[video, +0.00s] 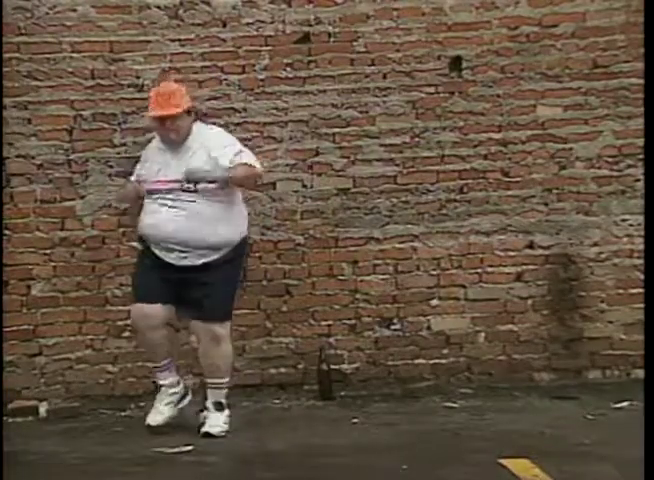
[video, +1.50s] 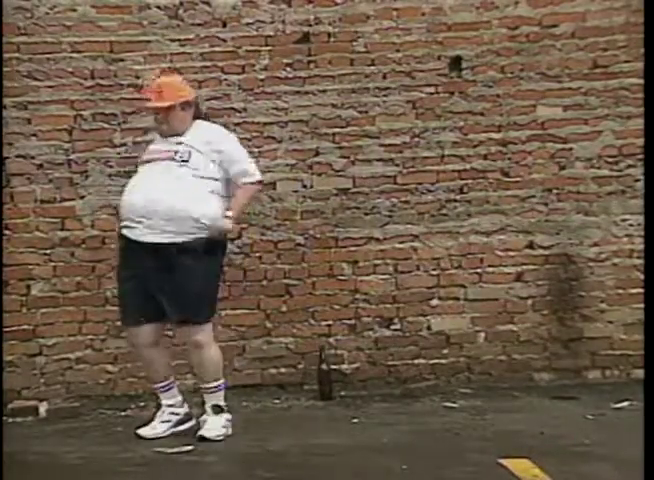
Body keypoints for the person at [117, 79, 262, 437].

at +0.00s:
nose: (167, 127)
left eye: (174, 118)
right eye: (160, 120)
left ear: (190, 113)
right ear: (152, 120)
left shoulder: (213, 139)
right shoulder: (153, 150)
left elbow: (254, 175)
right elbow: (139, 193)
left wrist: (218, 177)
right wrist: (132, 194)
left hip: (215, 255)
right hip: (160, 252)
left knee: (212, 330)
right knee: (145, 316)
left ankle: (217, 406)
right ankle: (171, 387)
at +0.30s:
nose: (171, 134)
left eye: (176, 126)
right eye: (163, 128)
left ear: (188, 117)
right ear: (151, 121)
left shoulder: (205, 144)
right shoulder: (139, 141)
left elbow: (207, 193)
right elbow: (112, 186)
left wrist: (188, 222)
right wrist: (87, 219)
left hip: (211, 242)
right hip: (160, 251)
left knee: (210, 313)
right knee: (161, 328)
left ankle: (227, 396)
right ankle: (181, 409)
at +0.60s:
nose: (171, 112)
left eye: (178, 105)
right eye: (166, 106)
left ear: (199, 102)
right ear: (163, 107)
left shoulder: (224, 135)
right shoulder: (168, 138)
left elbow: (253, 180)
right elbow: (169, 184)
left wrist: (229, 217)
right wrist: (141, 215)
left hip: (193, 244)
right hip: (150, 244)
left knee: (201, 331)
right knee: (160, 332)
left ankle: (231, 410)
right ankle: (180, 410)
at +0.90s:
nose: (151, 111)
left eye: (158, 105)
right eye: (148, 105)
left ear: (180, 107)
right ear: (148, 109)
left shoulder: (202, 137)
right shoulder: (156, 149)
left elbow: (216, 182)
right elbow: (150, 200)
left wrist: (168, 182)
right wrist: (107, 201)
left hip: (217, 246)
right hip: (172, 253)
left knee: (216, 330)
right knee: (149, 321)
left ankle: (234, 411)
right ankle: (170, 403)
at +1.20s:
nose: (133, 131)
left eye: (137, 123)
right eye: (129, 126)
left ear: (157, 112)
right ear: (129, 123)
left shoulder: (186, 132)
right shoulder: (130, 151)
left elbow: (181, 177)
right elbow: (102, 187)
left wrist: (154, 219)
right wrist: (84, 211)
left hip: (206, 245)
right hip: (154, 255)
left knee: (209, 314)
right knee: (156, 332)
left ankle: (228, 393)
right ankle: (178, 411)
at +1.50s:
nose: (156, 118)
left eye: (162, 110)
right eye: (154, 111)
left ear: (185, 107)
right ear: (157, 110)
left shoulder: (216, 137)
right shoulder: (158, 141)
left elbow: (250, 180)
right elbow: (166, 188)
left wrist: (231, 216)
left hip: (192, 248)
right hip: (140, 246)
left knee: (197, 335)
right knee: (143, 334)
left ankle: (216, 412)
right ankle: (174, 409)